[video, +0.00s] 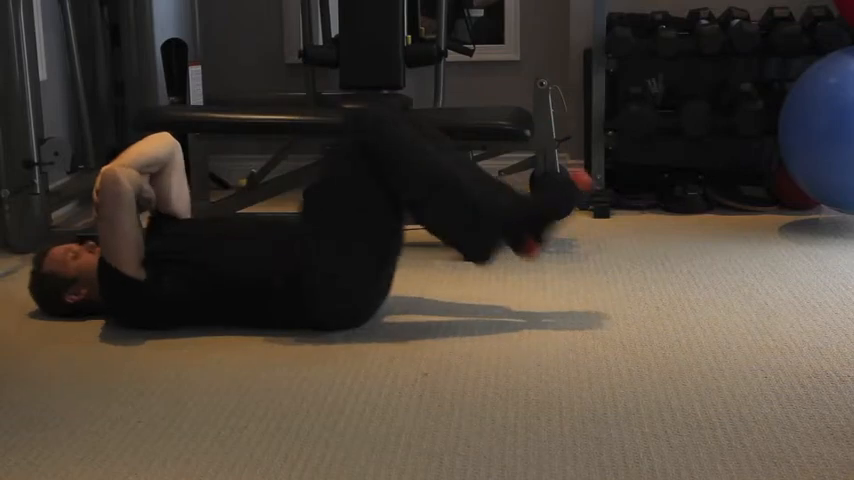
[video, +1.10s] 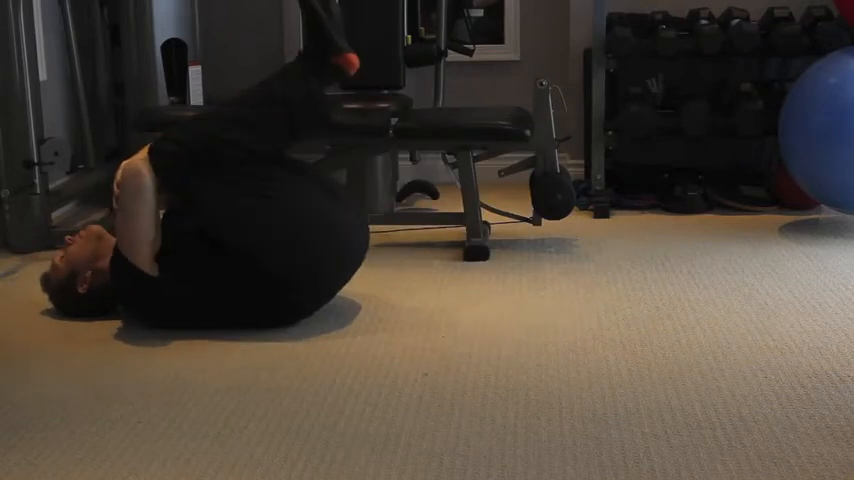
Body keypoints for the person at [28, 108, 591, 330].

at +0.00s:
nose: (84, 250)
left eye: (77, 249)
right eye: (73, 259)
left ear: (94, 257)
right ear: (80, 293)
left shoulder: (160, 250)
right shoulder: (131, 297)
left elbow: (168, 148)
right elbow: (115, 174)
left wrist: (117, 204)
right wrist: (127, 219)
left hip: (331, 263)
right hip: (323, 290)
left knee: (376, 125)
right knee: (370, 130)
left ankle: (488, 225)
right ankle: (520, 221)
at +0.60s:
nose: (87, 242)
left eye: (78, 246)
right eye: (77, 257)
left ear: (100, 251)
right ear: (90, 288)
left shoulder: (177, 248)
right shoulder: (143, 297)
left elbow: (179, 153)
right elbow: (129, 178)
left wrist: (140, 203)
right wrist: (148, 201)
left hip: (347, 266)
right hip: (327, 287)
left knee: (357, 122)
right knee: (342, 126)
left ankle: (519, 174)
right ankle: (511, 186)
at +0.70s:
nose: (78, 236)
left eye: (68, 240)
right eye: (68, 250)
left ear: (89, 245)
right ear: (84, 284)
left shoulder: (175, 249)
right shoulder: (135, 294)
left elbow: (182, 148)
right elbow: (128, 180)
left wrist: (130, 190)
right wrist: (130, 227)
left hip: (336, 266)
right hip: (311, 287)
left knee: (296, 116)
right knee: (283, 125)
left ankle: (452, 128)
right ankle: (453, 135)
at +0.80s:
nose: (76, 234)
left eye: (64, 240)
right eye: (69, 247)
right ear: (86, 278)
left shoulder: (173, 250)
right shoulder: (131, 293)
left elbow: (186, 149)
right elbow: (128, 178)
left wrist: (125, 176)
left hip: (344, 256)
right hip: (306, 276)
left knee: (234, 135)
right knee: (232, 137)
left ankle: (398, 98)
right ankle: (388, 118)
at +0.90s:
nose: (79, 232)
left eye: (65, 239)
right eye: (66, 248)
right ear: (86, 281)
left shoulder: (170, 256)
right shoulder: (133, 288)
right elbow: (126, 175)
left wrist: (145, 170)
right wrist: (171, 149)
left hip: (342, 240)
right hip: (308, 258)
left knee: (209, 150)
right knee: (195, 142)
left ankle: (354, 85)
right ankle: (350, 88)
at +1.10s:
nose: (74, 232)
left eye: (63, 243)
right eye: (66, 249)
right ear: (89, 280)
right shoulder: (136, 289)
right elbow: (134, 172)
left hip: (340, 234)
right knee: (170, 154)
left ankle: (318, 67)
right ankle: (315, 68)